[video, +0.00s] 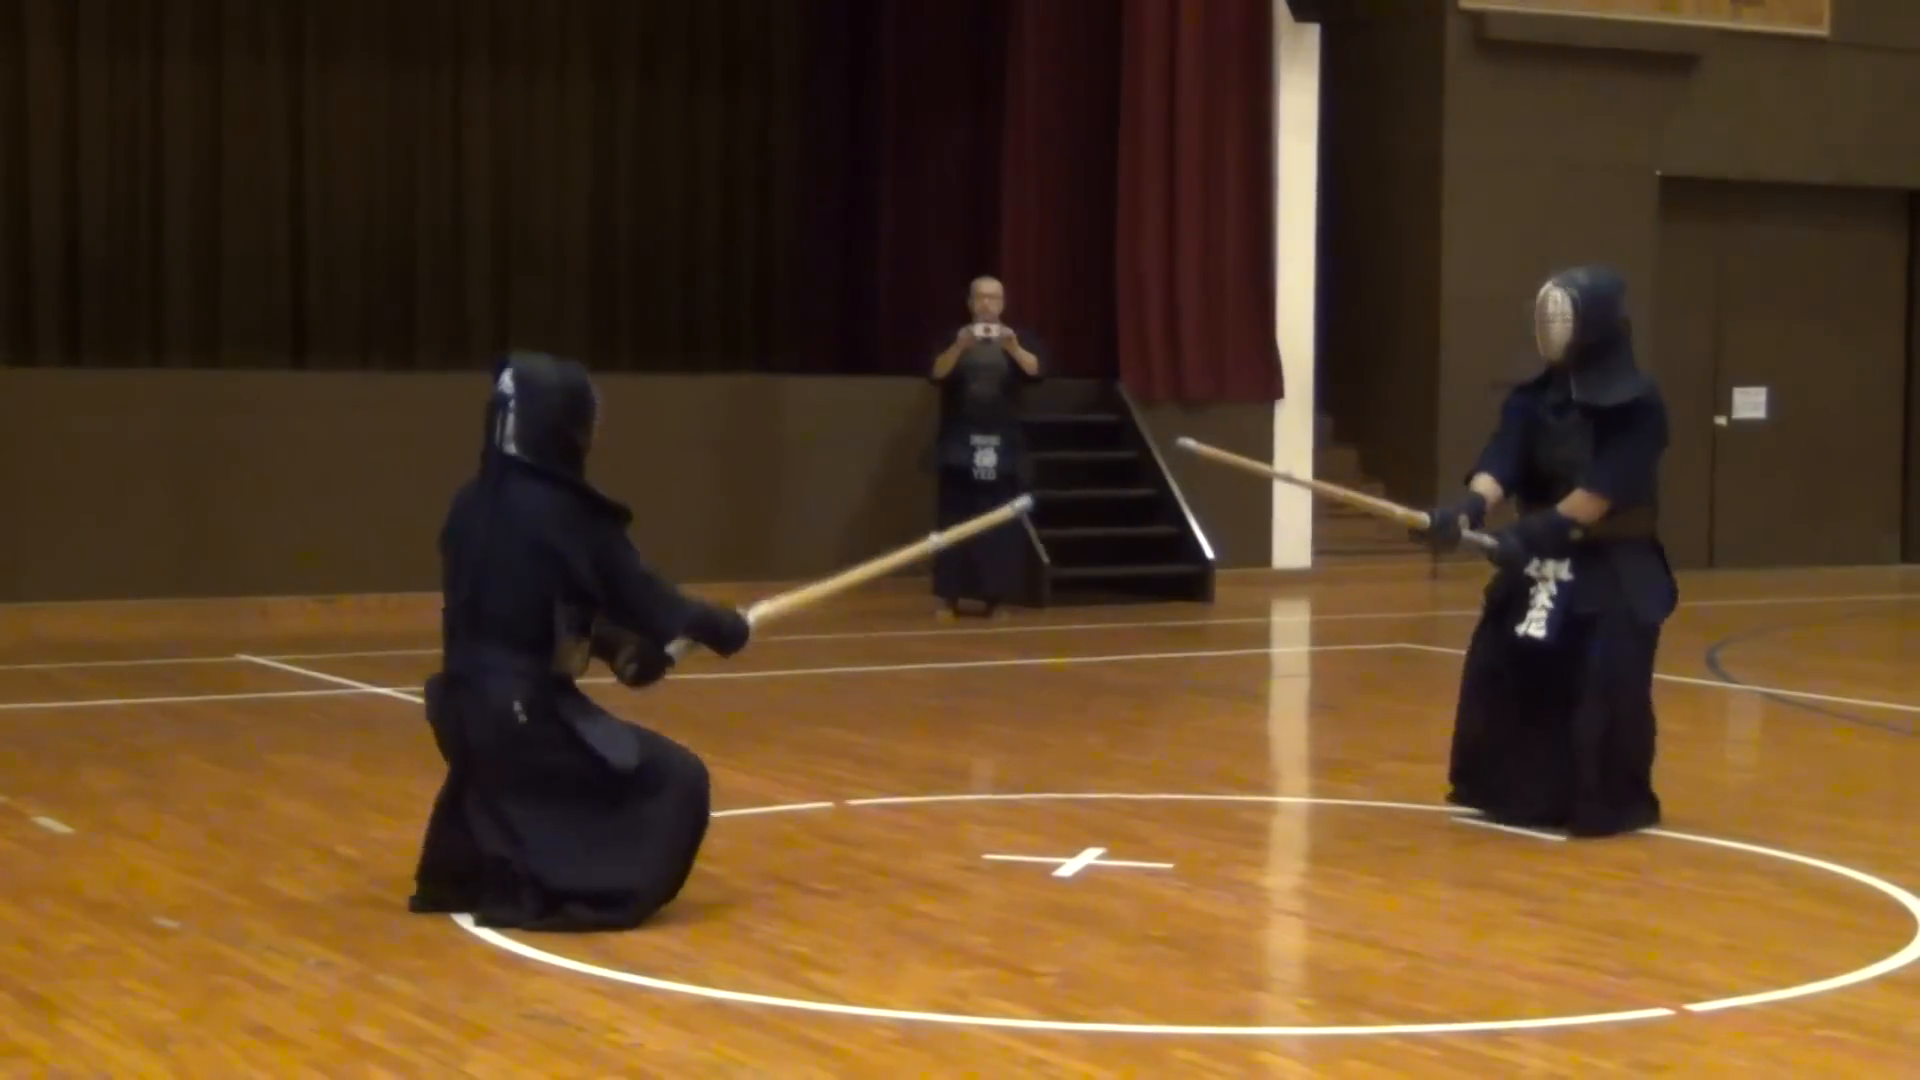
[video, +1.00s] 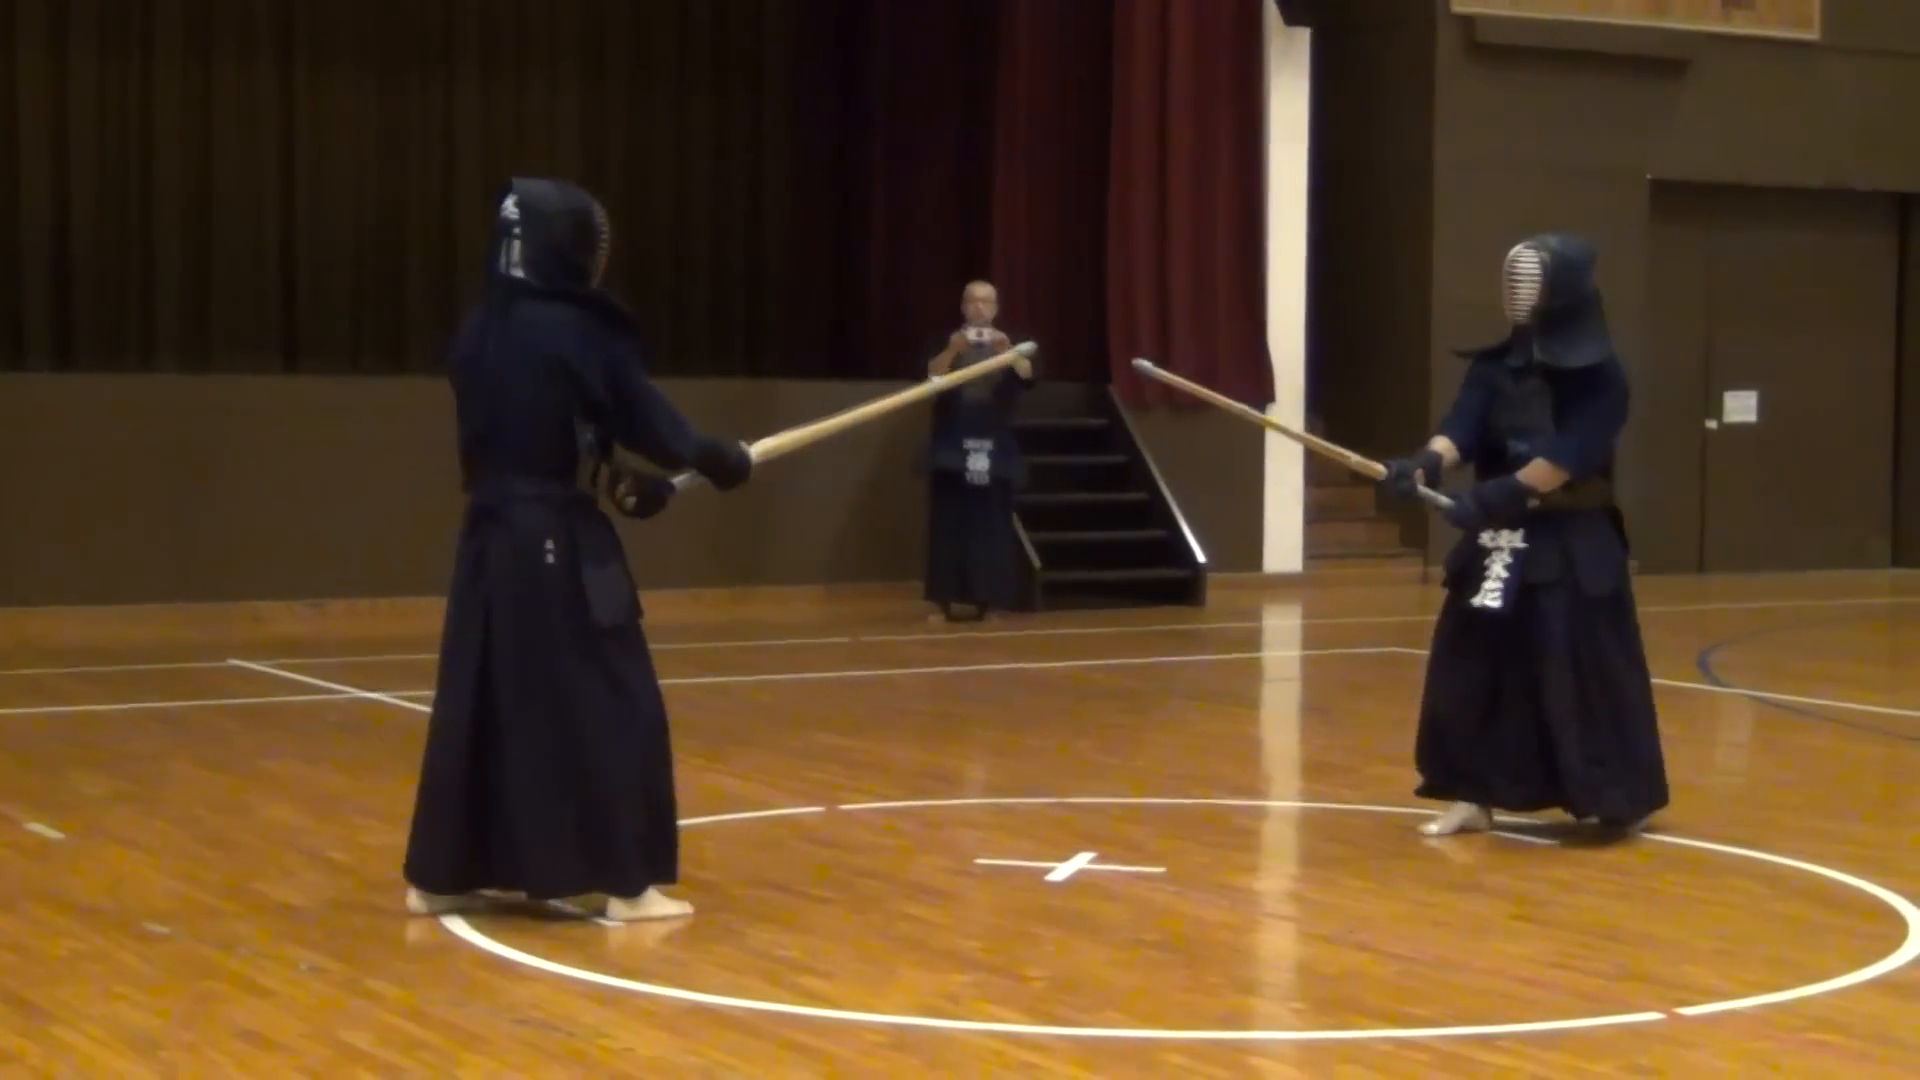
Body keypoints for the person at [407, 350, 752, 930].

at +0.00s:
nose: (591, 433)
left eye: (588, 419)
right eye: (584, 420)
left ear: (507, 422)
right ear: (564, 428)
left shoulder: (471, 505)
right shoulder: (572, 514)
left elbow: (523, 599)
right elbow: (646, 602)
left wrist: (611, 639)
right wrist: (723, 627)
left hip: (456, 707)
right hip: (527, 717)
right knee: (677, 777)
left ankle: (453, 876)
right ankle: (599, 890)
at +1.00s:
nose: (602, 260)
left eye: (601, 246)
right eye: (594, 247)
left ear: (519, 249)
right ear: (565, 252)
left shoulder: (484, 326)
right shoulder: (581, 329)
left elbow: (529, 432)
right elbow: (645, 419)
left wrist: (614, 475)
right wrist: (714, 455)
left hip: (490, 539)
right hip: (561, 543)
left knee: (488, 697)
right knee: (616, 703)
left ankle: (447, 873)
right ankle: (626, 886)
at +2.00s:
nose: (618, 264)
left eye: (617, 250)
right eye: (611, 251)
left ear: (532, 249)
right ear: (586, 256)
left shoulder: (484, 329)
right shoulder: (584, 335)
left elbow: (519, 450)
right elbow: (649, 421)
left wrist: (615, 482)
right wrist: (717, 451)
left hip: (492, 540)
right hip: (563, 544)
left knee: (468, 695)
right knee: (585, 710)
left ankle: (405, 861)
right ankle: (587, 886)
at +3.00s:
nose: (558, 263)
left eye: (557, 249)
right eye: (553, 250)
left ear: (475, 250)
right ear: (534, 256)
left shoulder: (438, 329)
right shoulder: (545, 333)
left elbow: (467, 446)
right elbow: (628, 412)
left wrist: (564, 485)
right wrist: (681, 463)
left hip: (448, 541)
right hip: (519, 546)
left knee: (423, 700)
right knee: (542, 712)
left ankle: (354, 864)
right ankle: (551, 888)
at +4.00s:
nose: (518, 264)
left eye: (516, 250)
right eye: (510, 251)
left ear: (437, 253)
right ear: (485, 257)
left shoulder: (397, 331)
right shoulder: (495, 336)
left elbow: (438, 435)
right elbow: (565, 421)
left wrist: (520, 468)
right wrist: (637, 451)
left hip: (402, 541)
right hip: (473, 545)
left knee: (379, 698)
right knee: (502, 709)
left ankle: (330, 862)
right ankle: (516, 876)